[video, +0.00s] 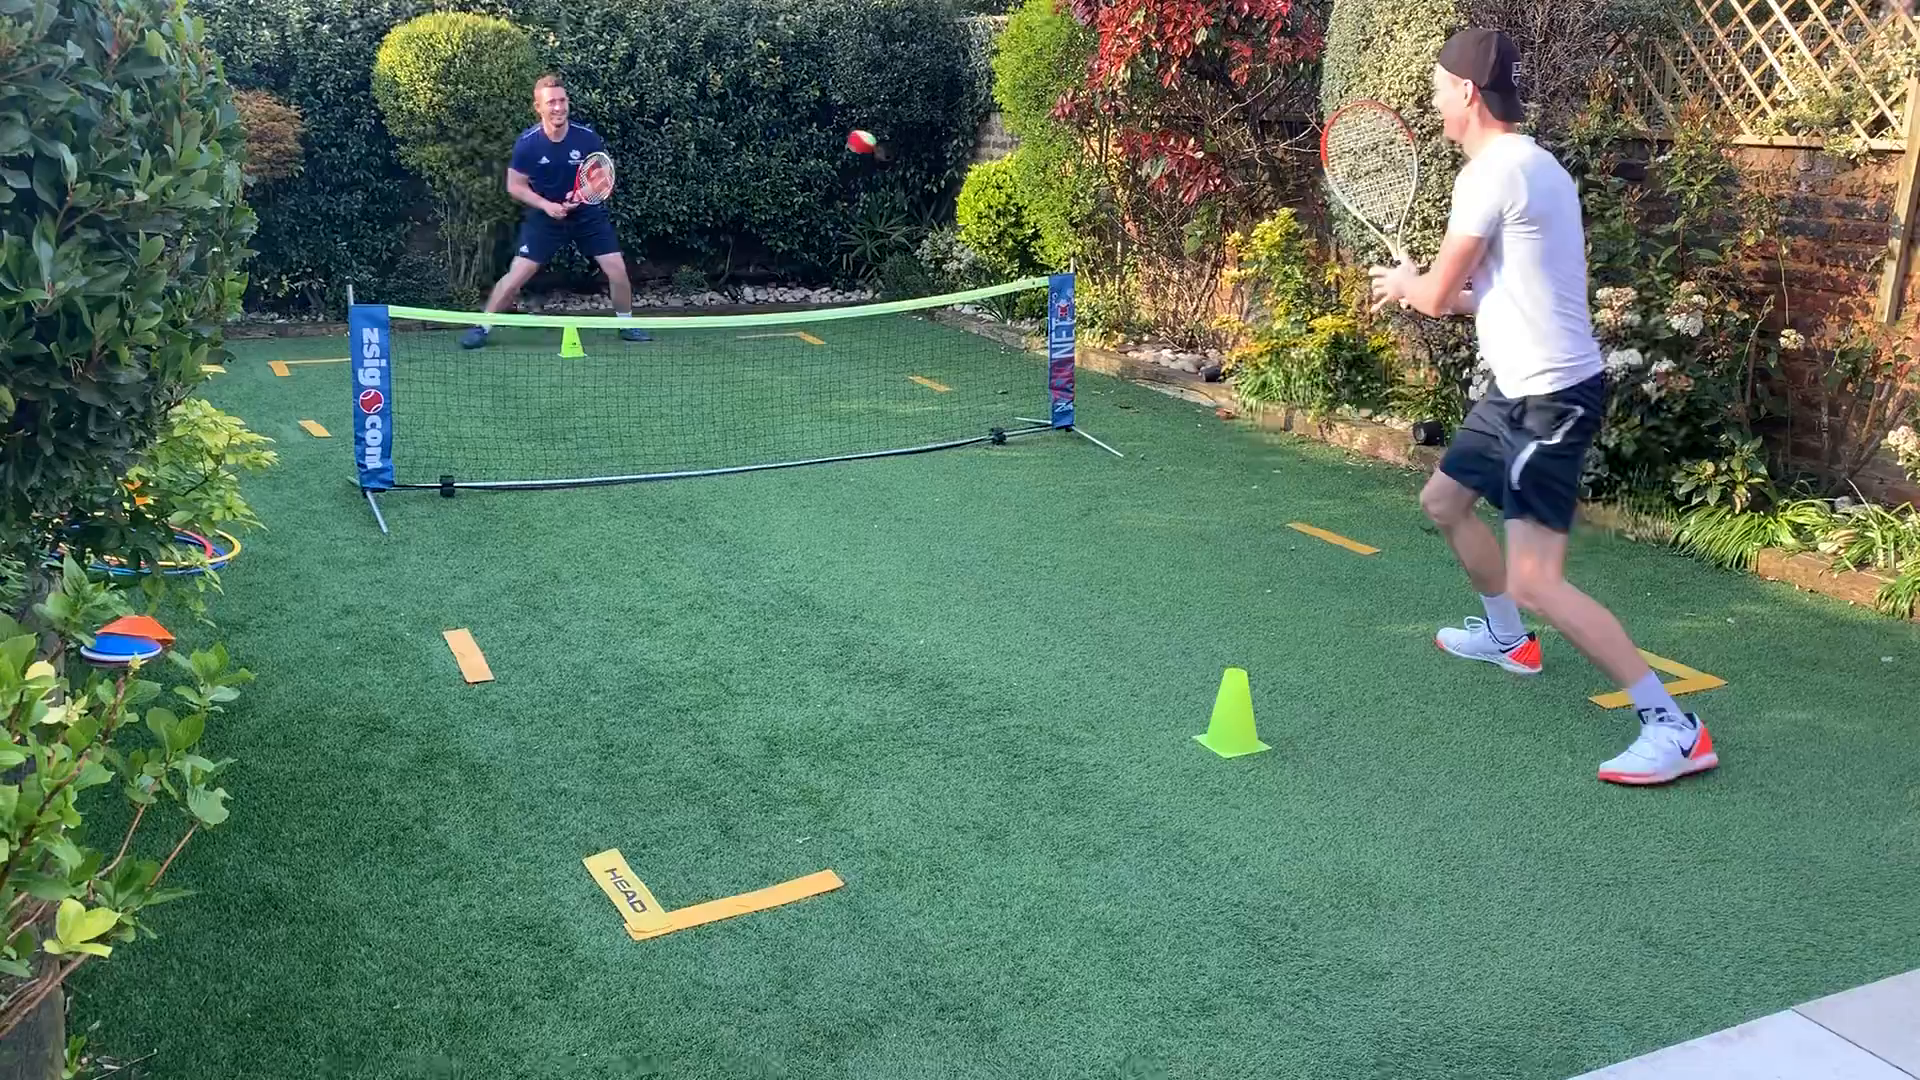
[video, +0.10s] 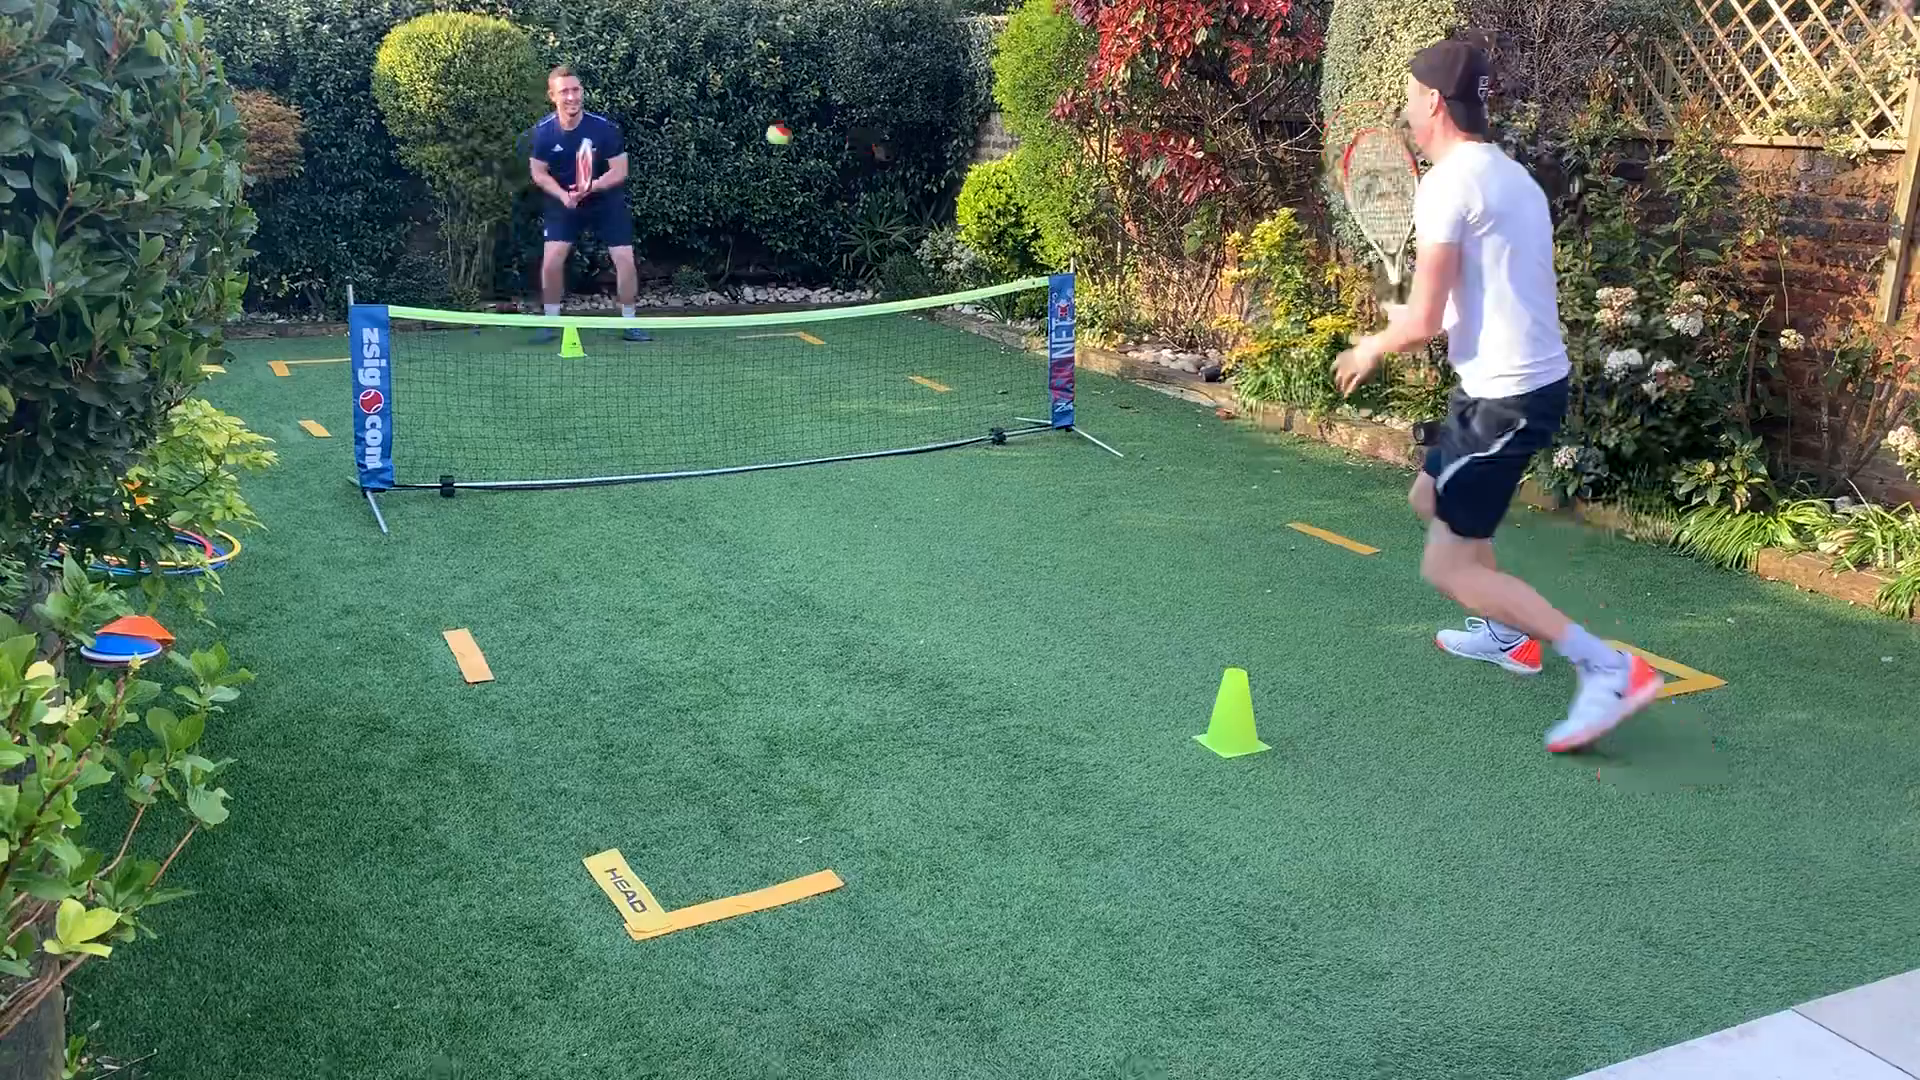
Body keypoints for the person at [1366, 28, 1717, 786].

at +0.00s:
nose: (1437, 104)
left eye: (1442, 91)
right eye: (1440, 90)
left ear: (1469, 94)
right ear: (1497, 93)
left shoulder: (1490, 171)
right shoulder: (1543, 167)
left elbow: (1440, 297)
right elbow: (1507, 292)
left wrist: (1406, 284)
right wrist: (1428, 288)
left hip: (1554, 395)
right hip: (1517, 387)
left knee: (1537, 582)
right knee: (1444, 501)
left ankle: (1673, 725)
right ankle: (1506, 633)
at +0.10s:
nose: (1408, 109)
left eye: (1413, 97)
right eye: (1410, 96)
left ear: (1436, 105)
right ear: (1469, 106)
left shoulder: (1447, 182)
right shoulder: (1514, 176)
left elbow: (1423, 322)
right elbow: (1492, 302)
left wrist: (1372, 347)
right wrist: (1413, 320)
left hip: (1505, 391)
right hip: (1526, 379)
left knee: (1447, 568)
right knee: (1429, 496)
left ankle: (1606, 666)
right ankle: (1506, 631)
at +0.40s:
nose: (1254, 118)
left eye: (1256, 106)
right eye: (1254, 106)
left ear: (1273, 110)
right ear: (1321, 108)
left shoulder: (1296, 180)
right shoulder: (1373, 179)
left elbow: (1316, 275)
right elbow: (1407, 291)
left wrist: (1239, 374)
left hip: (1354, 393)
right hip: (1411, 390)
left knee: (1197, 482)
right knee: (1408, 512)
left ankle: (1158, 648)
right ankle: (1498, 629)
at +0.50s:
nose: (1206, 96)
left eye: (1209, 85)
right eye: (1209, 84)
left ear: (1222, 92)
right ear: (1276, 93)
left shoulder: (1222, 165)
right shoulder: (1326, 173)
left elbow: (1246, 256)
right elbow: (1388, 279)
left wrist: (1253, 385)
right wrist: (1398, 370)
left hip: (1271, 385)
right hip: (1344, 382)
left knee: (1152, 490)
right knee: (1349, 491)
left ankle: (1143, 662)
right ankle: (1428, 618)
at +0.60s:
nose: (1172, 81)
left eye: (1174, 71)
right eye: (1175, 71)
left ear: (1185, 73)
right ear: (1247, 75)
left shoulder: (1179, 135)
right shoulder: (1298, 152)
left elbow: (1206, 221)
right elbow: (1380, 246)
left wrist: (1207, 351)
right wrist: (1396, 334)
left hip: (1217, 357)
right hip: (1299, 363)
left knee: (1144, 484)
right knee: (1274, 467)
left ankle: (1137, 660)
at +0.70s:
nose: (1145, 67)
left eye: (1146, 55)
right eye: (1148, 55)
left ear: (1159, 57)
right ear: (1220, 64)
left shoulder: (1156, 121)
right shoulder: (1277, 137)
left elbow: (1137, 235)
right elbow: (1371, 223)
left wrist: (1094, 349)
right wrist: (1382, 318)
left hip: (1198, 340)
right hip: (1276, 349)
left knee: (1111, 476)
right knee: (1194, 465)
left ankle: (1081, 646)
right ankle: (1164, 629)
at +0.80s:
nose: (1129, 71)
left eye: (1130, 60)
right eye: (1133, 59)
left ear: (1140, 64)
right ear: (1203, 71)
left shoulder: (1134, 146)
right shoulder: (1256, 155)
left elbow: (1062, 275)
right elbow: (1351, 246)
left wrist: (996, 356)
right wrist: (1360, 350)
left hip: (1162, 362)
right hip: (1238, 375)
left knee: (1052, 500)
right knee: (1136, 503)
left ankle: (1028, 688)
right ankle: (1102, 678)